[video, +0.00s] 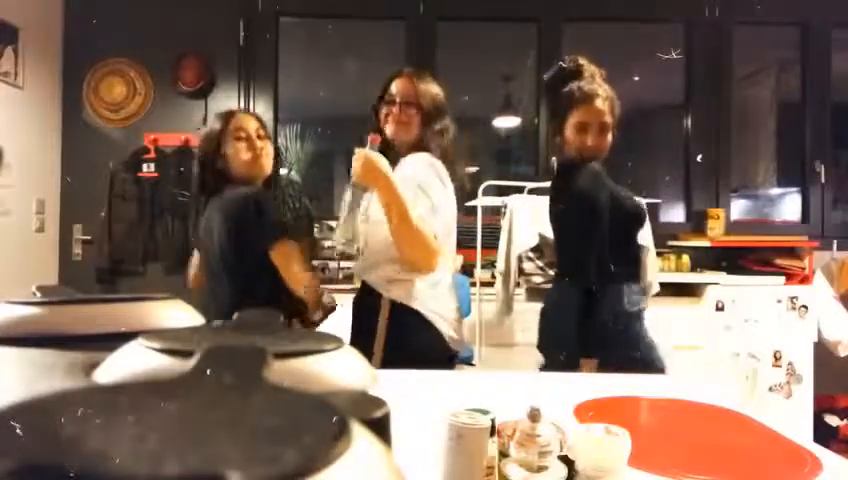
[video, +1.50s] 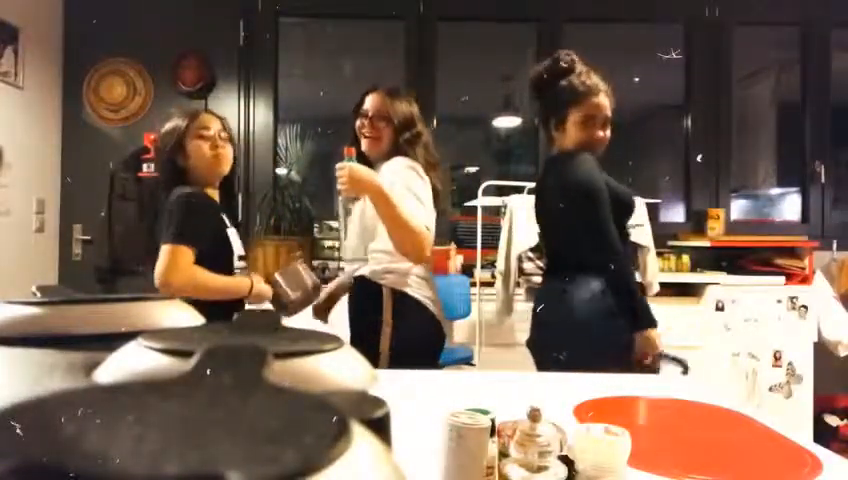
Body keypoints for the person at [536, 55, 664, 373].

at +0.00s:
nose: (593, 140)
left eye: (603, 129)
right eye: (582, 128)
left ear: (614, 131)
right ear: (562, 130)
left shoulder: (568, 177)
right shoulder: (588, 181)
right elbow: (585, 275)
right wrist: (588, 355)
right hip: (607, 313)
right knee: (652, 381)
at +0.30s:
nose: (599, 142)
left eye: (608, 131)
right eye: (587, 130)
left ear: (617, 134)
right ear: (564, 132)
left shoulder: (564, 186)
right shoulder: (590, 193)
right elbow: (605, 280)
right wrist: (645, 355)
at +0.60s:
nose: (607, 142)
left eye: (615, 131)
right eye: (594, 130)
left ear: (623, 134)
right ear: (566, 132)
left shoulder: (564, 190)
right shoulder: (596, 196)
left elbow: (570, 272)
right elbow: (603, 283)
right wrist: (637, 356)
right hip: (597, 335)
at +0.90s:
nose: (605, 143)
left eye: (613, 132)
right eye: (593, 131)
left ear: (621, 132)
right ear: (565, 132)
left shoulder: (562, 179)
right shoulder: (585, 182)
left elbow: (571, 268)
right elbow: (593, 270)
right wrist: (621, 349)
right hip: (589, 323)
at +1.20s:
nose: (599, 136)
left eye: (605, 126)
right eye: (585, 125)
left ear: (612, 126)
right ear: (556, 129)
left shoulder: (554, 175)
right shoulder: (583, 176)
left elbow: (565, 265)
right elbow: (598, 265)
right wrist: (633, 337)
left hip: (554, 317)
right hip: (588, 322)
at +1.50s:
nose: (602, 133)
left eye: (606, 123)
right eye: (588, 122)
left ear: (614, 123)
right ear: (556, 125)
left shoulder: (551, 172)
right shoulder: (583, 171)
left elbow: (561, 258)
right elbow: (612, 259)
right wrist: (644, 324)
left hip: (554, 307)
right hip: (595, 312)